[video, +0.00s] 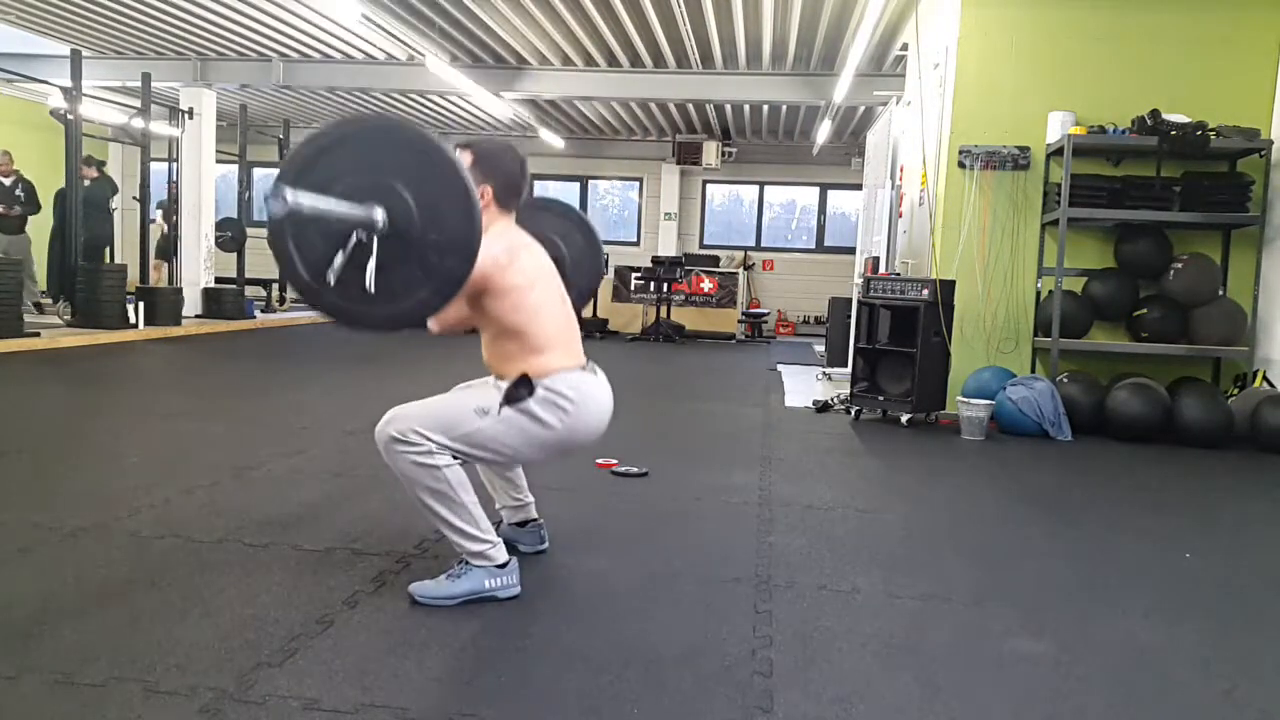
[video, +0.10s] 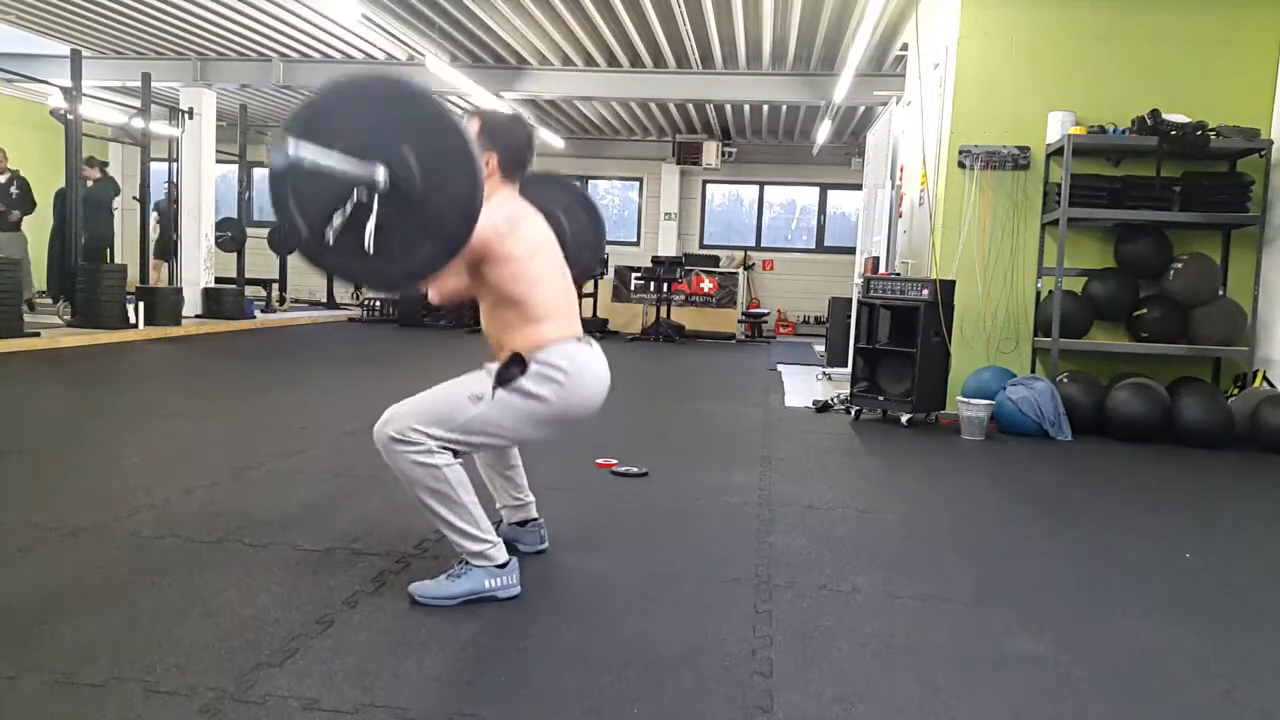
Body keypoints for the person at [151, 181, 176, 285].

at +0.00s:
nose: (173, 190)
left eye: (175, 188)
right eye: (171, 188)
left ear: (178, 189)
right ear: (167, 189)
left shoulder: (180, 203)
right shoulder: (162, 203)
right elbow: (159, 218)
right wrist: (164, 226)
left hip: (178, 235)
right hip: (165, 235)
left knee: (175, 262)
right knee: (157, 263)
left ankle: (175, 286)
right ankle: (153, 285)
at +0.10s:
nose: (168, 191)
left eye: (171, 188)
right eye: (166, 188)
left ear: (176, 190)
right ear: (163, 190)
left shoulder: (179, 204)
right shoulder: (158, 204)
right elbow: (154, 221)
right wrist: (153, 236)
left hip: (177, 236)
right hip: (163, 236)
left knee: (175, 264)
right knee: (156, 264)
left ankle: (175, 288)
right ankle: (153, 287)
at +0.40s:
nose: (156, 190)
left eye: (159, 187)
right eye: (154, 187)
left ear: (165, 188)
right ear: (152, 189)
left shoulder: (172, 201)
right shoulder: (150, 202)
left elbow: (176, 218)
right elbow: (144, 216)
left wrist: (177, 233)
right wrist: (141, 228)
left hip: (169, 233)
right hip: (154, 233)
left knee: (173, 261)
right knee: (151, 260)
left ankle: (173, 285)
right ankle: (149, 283)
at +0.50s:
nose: (153, 189)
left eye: (155, 186)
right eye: (151, 187)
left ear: (161, 188)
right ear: (149, 188)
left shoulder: (169, 200)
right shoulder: (148, 201)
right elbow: (141, 212)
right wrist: (134, 221)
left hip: (166, 235)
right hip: (151, 234)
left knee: (169, 261)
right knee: (149, 260)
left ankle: (172, 284)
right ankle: (149, 283)